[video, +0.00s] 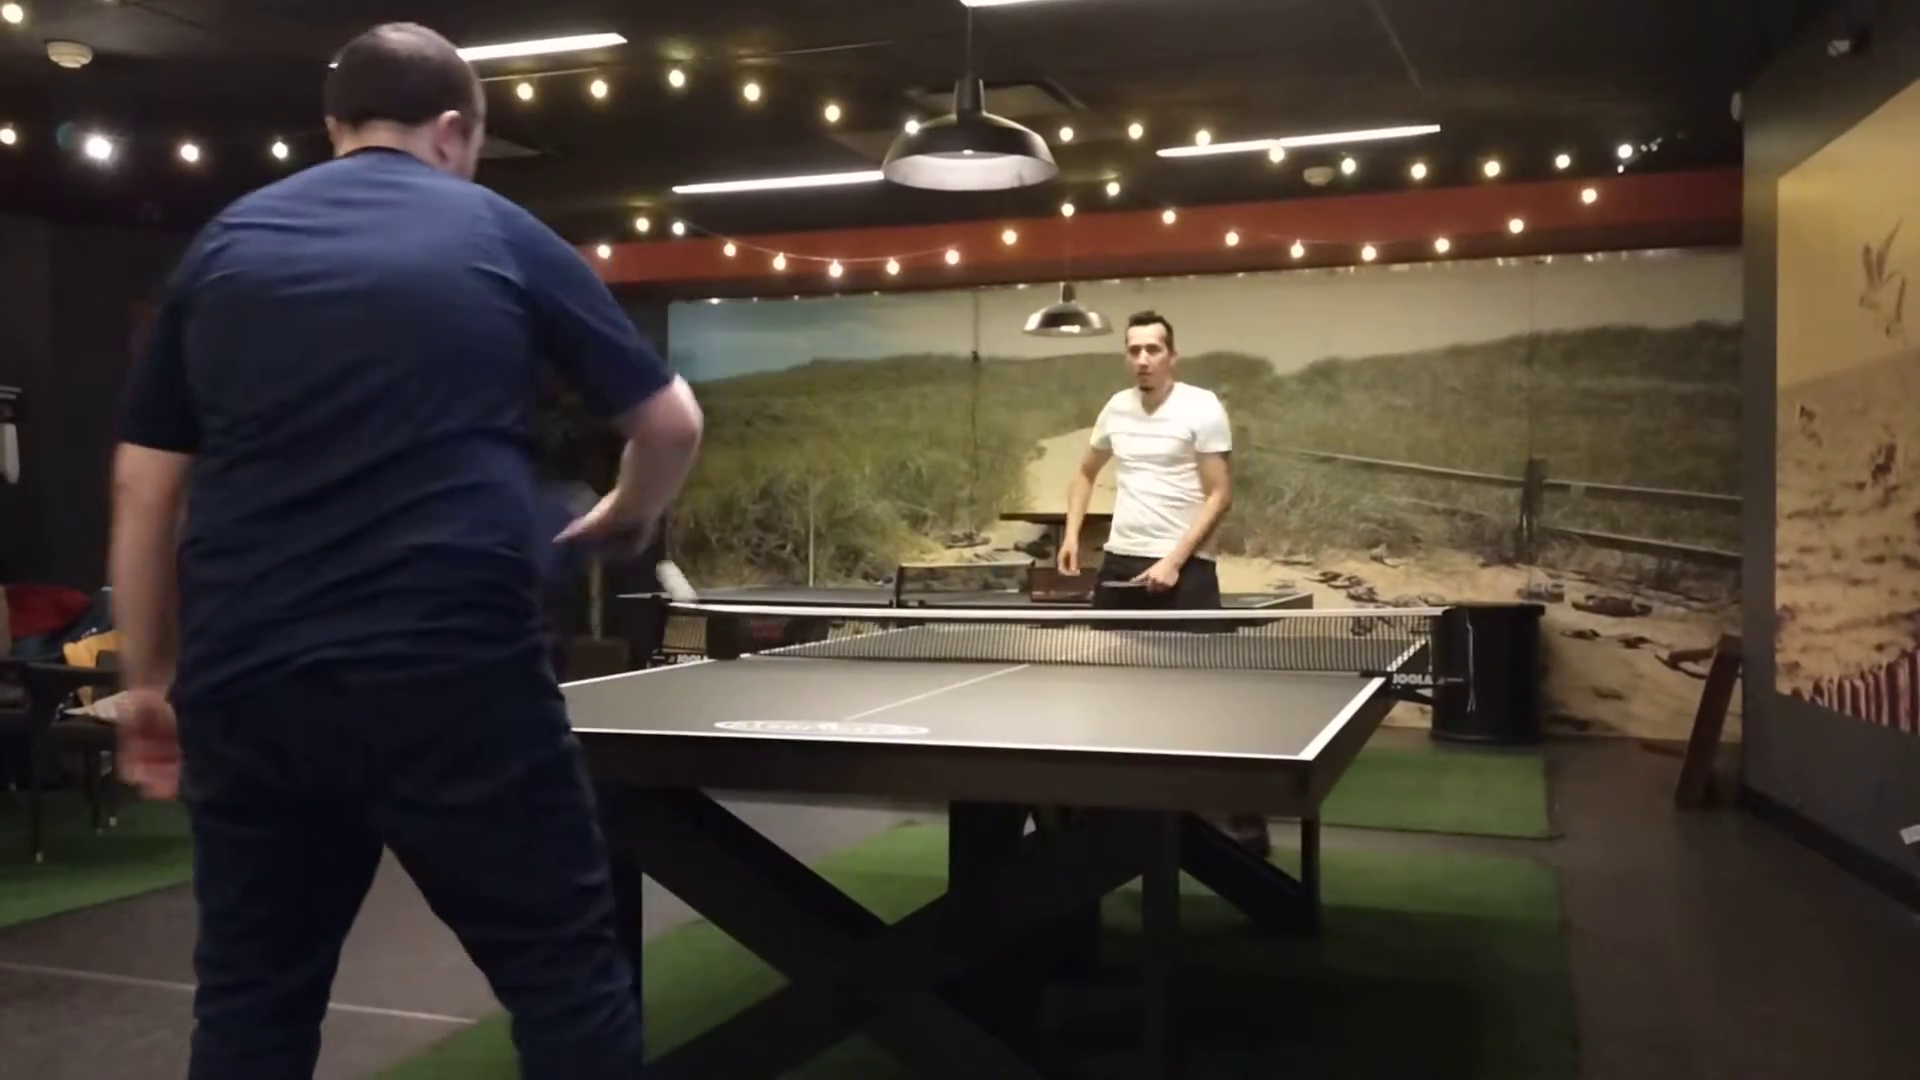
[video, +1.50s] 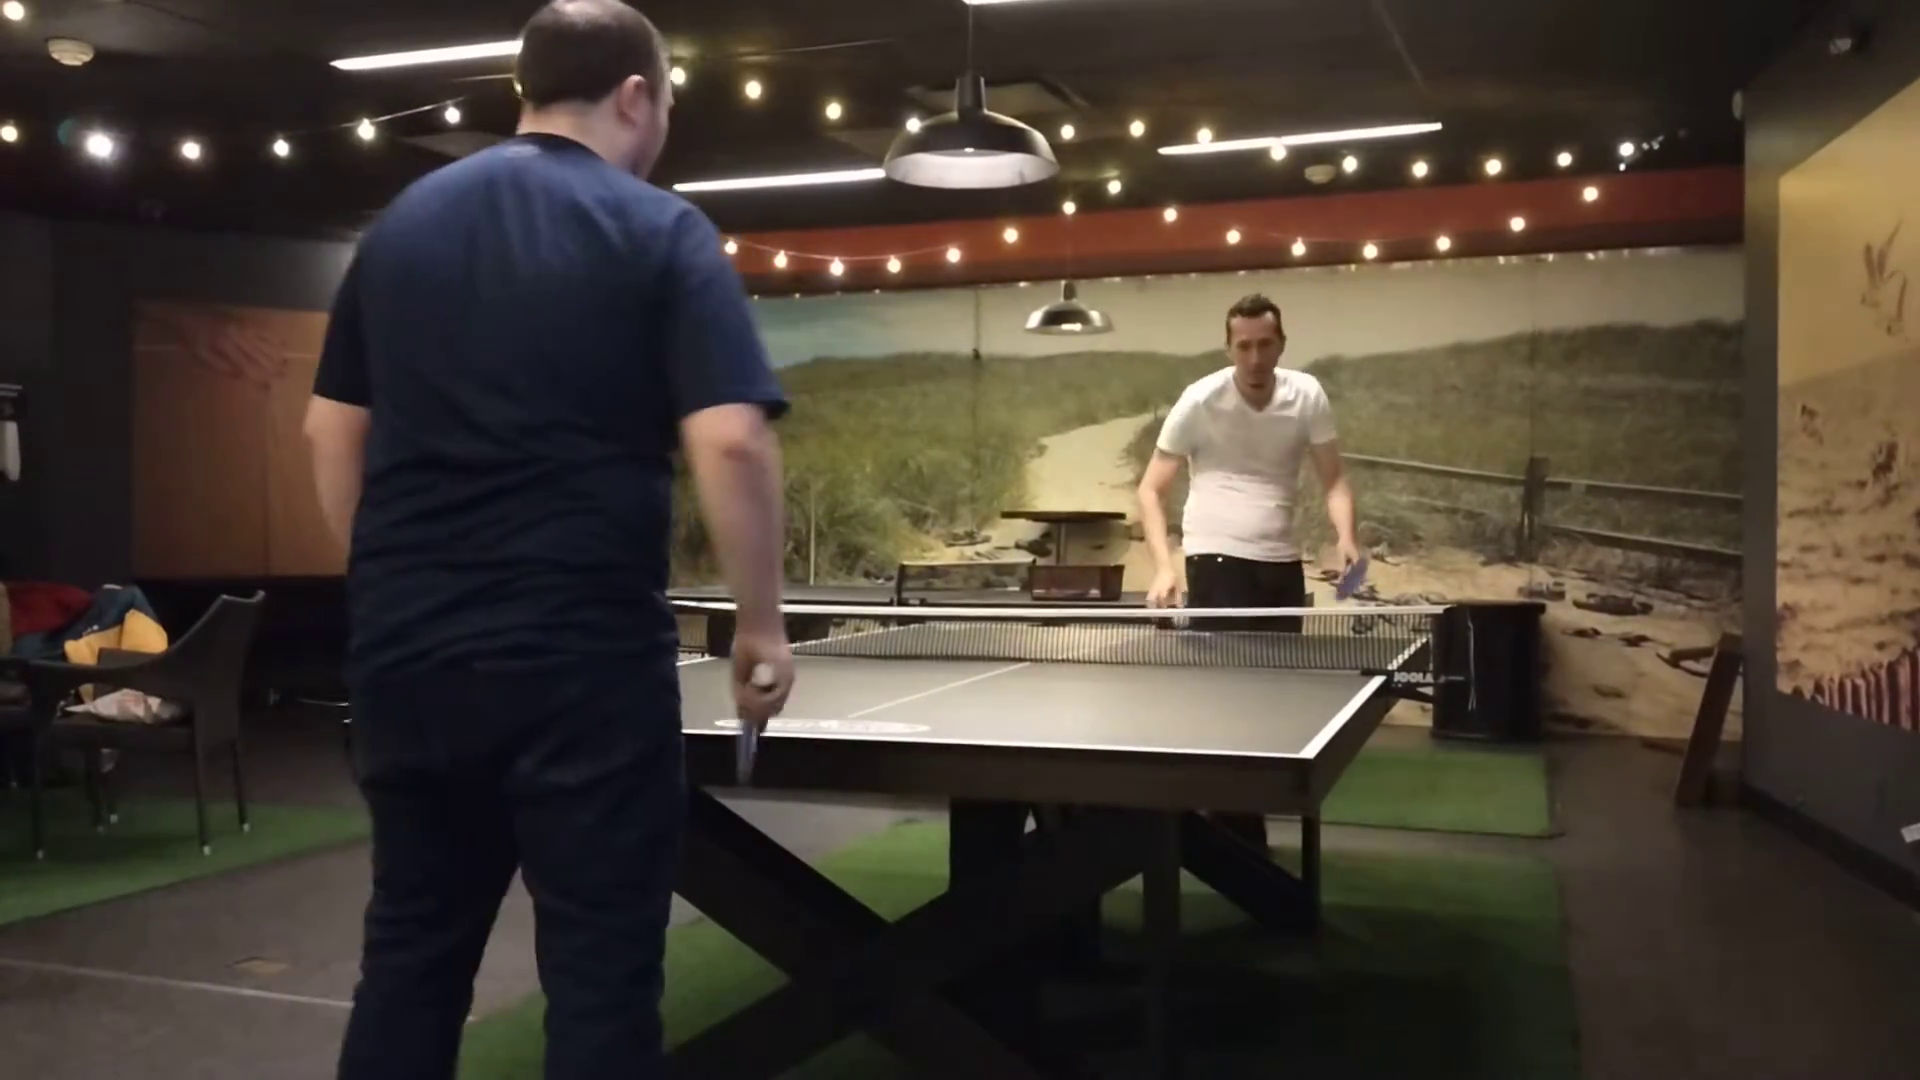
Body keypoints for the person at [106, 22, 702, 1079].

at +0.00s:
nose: (475, 161)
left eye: (475, 145)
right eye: (476, 141)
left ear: (334, 127)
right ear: (452, 132)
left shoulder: (226, 238)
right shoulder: (493, 227)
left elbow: (143, 476)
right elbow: (670, 422)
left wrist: (144, 676)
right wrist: (621, 518)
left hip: (252, 691)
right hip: (458, 678)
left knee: (247, 1005)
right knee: (567, 981)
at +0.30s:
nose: (498, 151)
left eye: (492, 136)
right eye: (496, 135)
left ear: (352, 132)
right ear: (478, 128)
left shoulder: (246, 237)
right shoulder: (534, 226)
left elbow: (133, 463)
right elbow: (688, 349)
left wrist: (80, 668)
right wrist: (724, 467)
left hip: (280, 688)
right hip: (492, 678)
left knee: (263, 1007)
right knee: (554, 1002)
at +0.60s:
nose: (589, 156)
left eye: (585, 139)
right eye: (588, 137)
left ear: (448, 132)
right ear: (566, 131)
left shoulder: (334, 243)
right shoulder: (621, 251)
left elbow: (246, 461)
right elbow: (748, 457)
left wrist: (221, 659)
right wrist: (685, 591)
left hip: (355, 692)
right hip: (561, 690)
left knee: (307, 1006)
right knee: (584, 1013)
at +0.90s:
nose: (665, 153)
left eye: (668, 134)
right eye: (666, 131)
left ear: (532, 120)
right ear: (642, 122)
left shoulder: (413, 231)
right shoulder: (654, 237)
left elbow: (321, 434)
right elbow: (680, 418)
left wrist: (330, 605)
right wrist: (731, 617)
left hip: (374, 663)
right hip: (562, 681)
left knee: (321, 988)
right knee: (589, 1006)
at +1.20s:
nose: (690, 135)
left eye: (693, 118)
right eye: (691, 115)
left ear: (556, 110)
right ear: (670, 107)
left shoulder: (451, 219)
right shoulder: (696, 230)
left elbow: (368, 432)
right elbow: (736, 432)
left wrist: (406, 579)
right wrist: (754, 603)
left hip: (425, 647)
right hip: (604, 664)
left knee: (356, 947)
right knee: (617, 985)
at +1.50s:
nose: (662, 128)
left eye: (660, 107)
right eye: (663, 105)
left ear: (523, 102)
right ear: (635, 96)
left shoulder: (400, 224)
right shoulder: (662, 231)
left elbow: (336, 432)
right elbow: (730, 440)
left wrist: (384, 576)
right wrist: (761, 624)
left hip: (410, 649)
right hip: (590, 663)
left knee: (411, 957)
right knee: (602, 981)